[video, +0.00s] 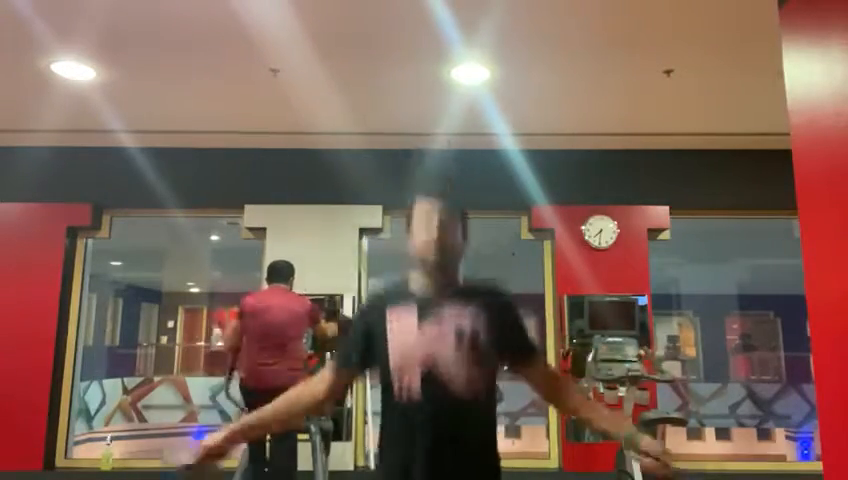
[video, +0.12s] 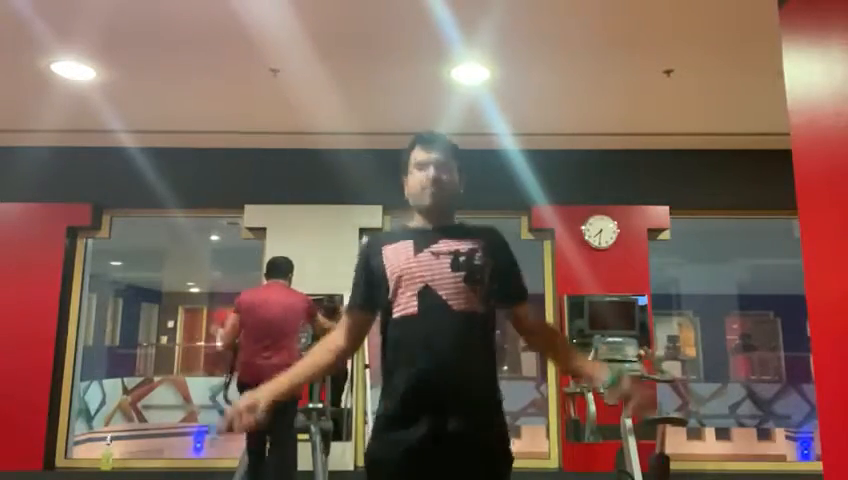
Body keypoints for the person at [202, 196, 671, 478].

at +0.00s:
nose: (431, 239)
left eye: (443, 227)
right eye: (420, 227)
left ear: (463, 236)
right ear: (405, 235)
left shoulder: (490, 307)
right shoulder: (379, 312)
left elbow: (550, 384)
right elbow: (323, 389)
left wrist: (629, 435)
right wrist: (239, 431)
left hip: (472, 469)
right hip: (398, 468)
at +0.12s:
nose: (433, 174)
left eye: (443, 167)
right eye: (421, 167)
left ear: (459, 184)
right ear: (405, 185)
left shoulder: (487, 244)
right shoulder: (379, 252)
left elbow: (532, 327)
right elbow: (342, 340)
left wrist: (592, 370)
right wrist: (268, 394)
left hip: (477, 429)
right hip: (400, 431)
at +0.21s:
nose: (431, 167)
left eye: (442, 160)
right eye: (420, 159)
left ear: (459, 175)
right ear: (403, 174)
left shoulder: (487, 234)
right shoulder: (374, 242)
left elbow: (539, 313)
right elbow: (343, 330)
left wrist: (617, 347)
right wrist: (268, 373)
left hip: (477, 423)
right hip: (400, 424)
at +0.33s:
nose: (426, 203)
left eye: (436, 195)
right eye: (417, 195)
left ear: (454, 208)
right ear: (400, 209)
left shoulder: (487, 267)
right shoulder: (377, 275)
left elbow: (556, 338)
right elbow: (330, 358)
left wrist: (641, 353)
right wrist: (245, 388)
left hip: (477, 452)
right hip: (401, 453)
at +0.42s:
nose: (430, 248)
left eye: (442, 239)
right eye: (418, 239)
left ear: (459, 254)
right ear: (402, 253)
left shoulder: (490, 316)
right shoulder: (374, 327)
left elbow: (564, 373)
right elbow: (315, 396)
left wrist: (647, 388)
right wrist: (225, 424)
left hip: (475, 473)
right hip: (401, 472)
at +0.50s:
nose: (427, 238)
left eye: (439, 228)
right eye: (417, 229)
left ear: (459, 241)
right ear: (402, 243)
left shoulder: (490, 311)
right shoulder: (376, 317)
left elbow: (556, 378)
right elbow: (317, 399)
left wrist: (639, 416)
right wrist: (230, 442)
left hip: (474, 468)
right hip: (399, 468)